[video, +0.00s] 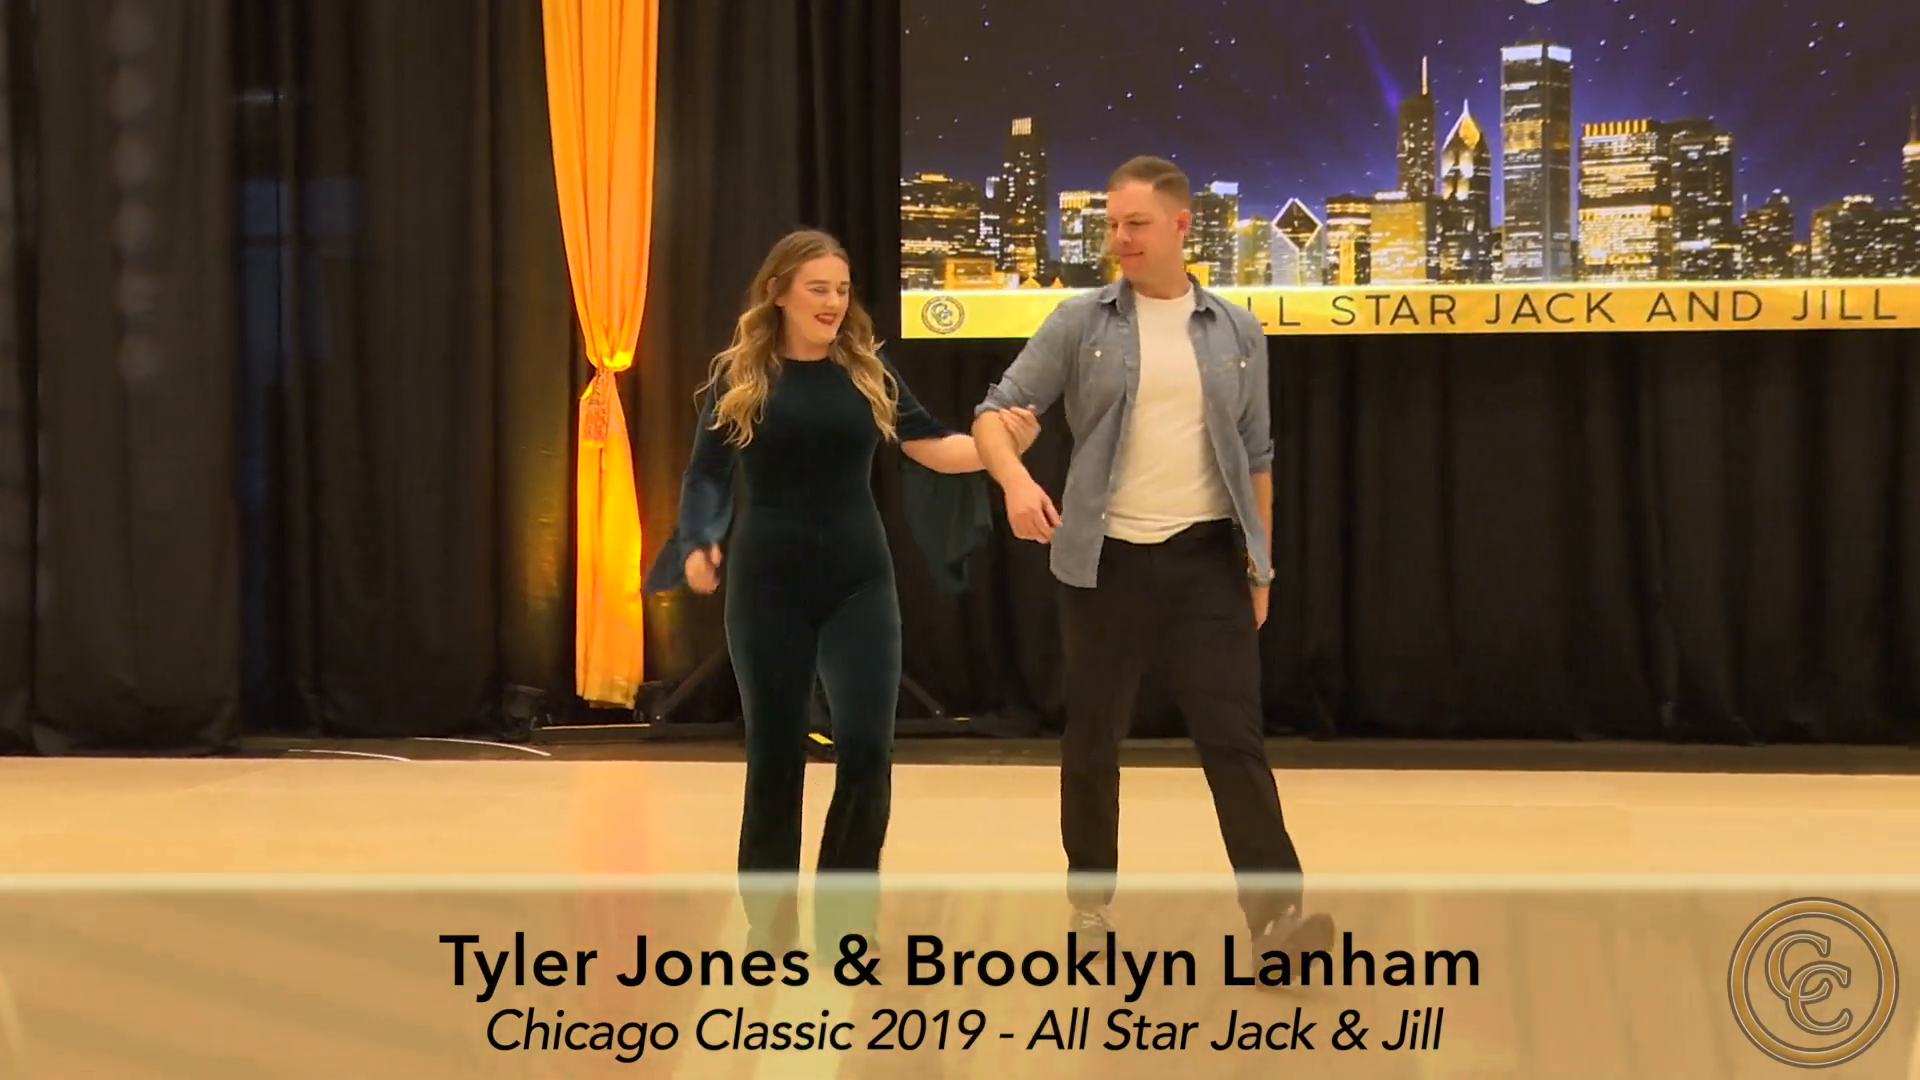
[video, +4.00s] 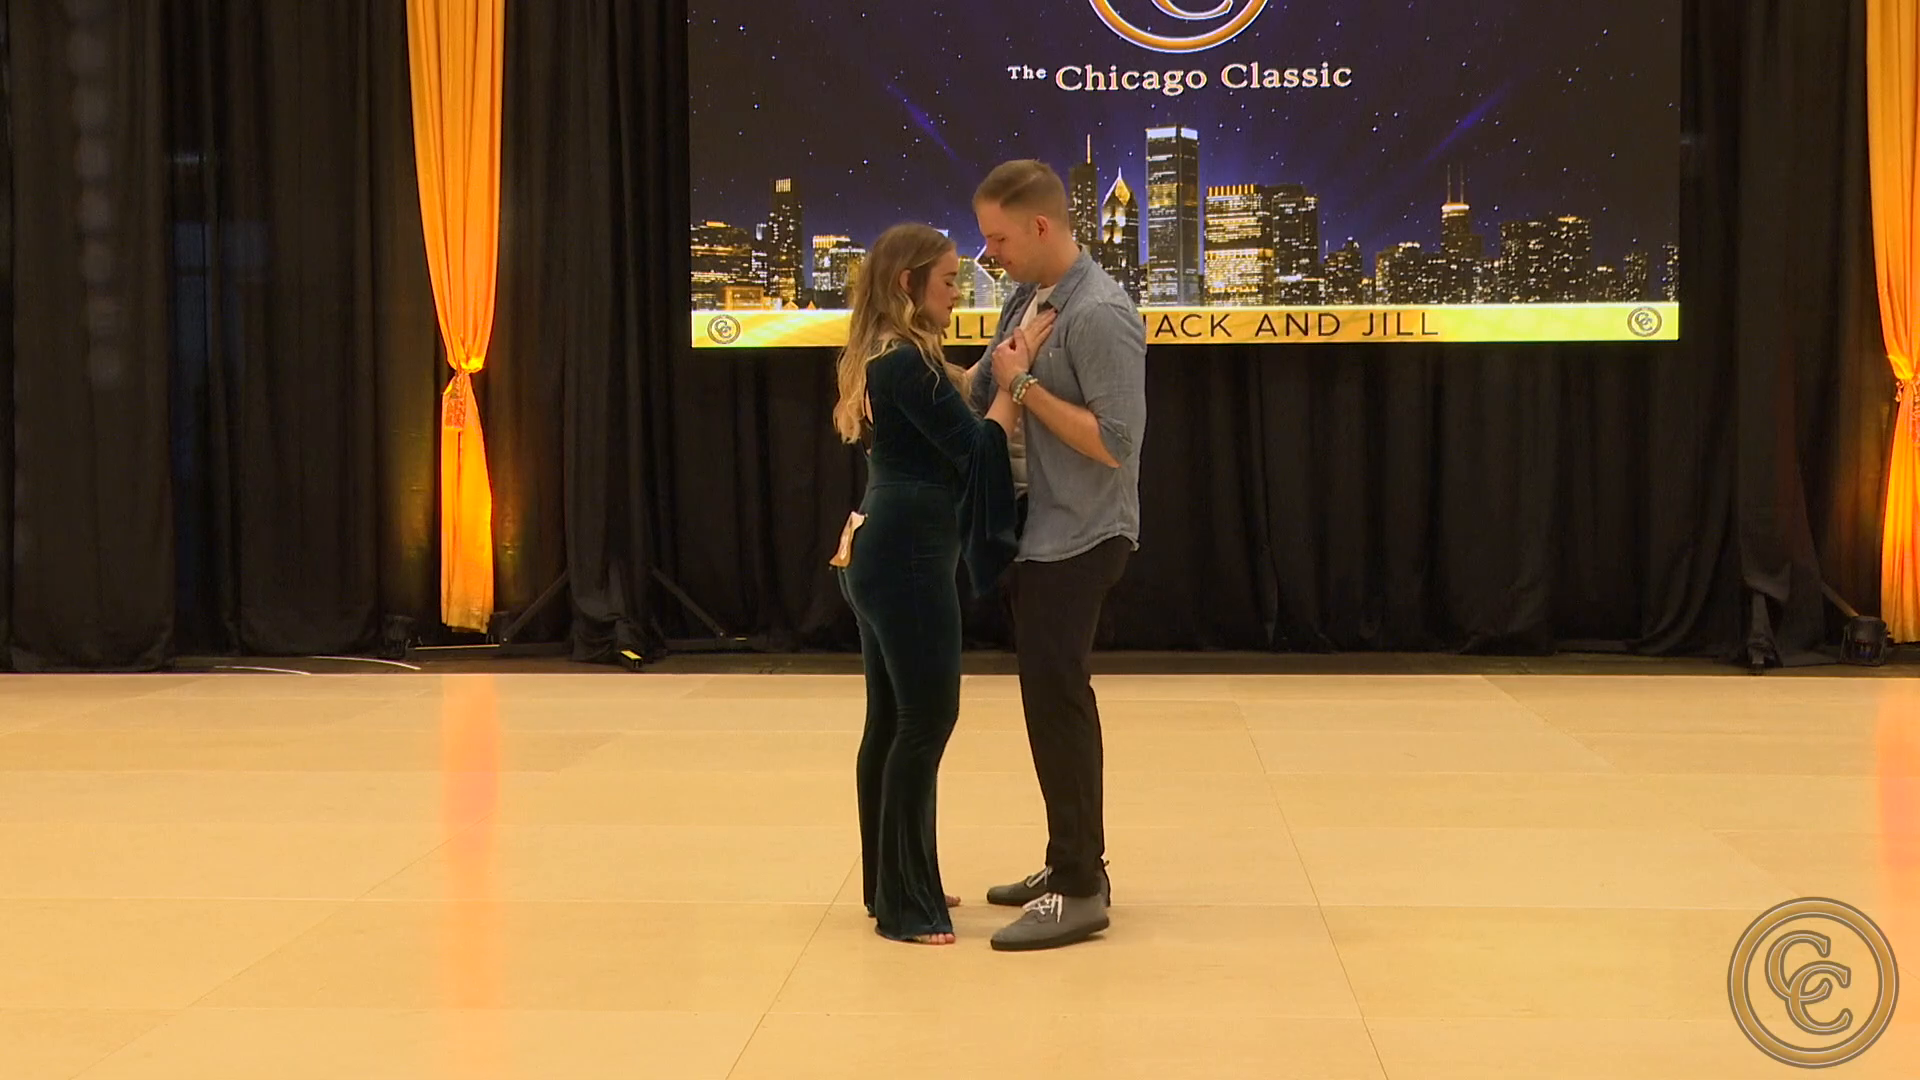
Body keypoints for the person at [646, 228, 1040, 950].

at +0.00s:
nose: (832, 301)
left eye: (841, 289)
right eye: (817, 288)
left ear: (850, 297)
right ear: (778, 292)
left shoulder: (868, 372)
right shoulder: (740, 373)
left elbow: (930, 445)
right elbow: (707, 472)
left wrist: (1001, 443)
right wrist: (698, 539)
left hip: (861, 585)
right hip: (765, 588)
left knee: (867, 759)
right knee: (774, 765)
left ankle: (845, 931)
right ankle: (768, 932)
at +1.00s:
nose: (914, 264)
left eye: (910, 251)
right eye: (901, 251)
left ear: (875, 266)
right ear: (855, 264)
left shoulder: (897, 361)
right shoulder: (810, 355)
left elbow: (925, 474)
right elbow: (849, 448)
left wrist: (958, 431)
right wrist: (937, 430)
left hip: (903, 576)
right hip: (821, 578)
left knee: (919, 769)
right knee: (824, 763)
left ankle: (944, 954)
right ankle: (818, 948)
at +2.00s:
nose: (949, 248)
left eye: (946, 236)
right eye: (934, 236)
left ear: (895, 255)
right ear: (888, 253)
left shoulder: (912, 333)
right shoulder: (883, 336)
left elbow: (974, 407)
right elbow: (958, 417)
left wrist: (1029, 333)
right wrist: (1020, 346)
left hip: (916, 565)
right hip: (894, 568)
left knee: (912, 749)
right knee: (915, 752)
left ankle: (875, 923)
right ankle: (903, 942)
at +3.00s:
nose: (949, 272)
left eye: (946, 260)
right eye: (935, 262)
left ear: (901, 281)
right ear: (893, 279)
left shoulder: (917, 353)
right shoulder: (893, 358)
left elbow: (963, 438)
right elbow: (961, 437)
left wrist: (1010, 365)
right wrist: (1013, 361)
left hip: (919, 555)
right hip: (900, 559)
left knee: (903, 735)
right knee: (893, 740)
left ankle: (903, 879)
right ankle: (882, 906)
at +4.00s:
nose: (957, 290)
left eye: (958, 279)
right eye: (950, 278)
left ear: (913, 282)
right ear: (912, 281)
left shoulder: (907, 354)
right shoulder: (902, 362)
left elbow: (961, 410)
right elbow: (973, 451)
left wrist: (1003, 361)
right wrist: (1012, 380)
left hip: (886, 555)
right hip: (909, 559)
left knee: (888, 724)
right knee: (927, 722)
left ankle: (888, 887)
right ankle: (906, 901)